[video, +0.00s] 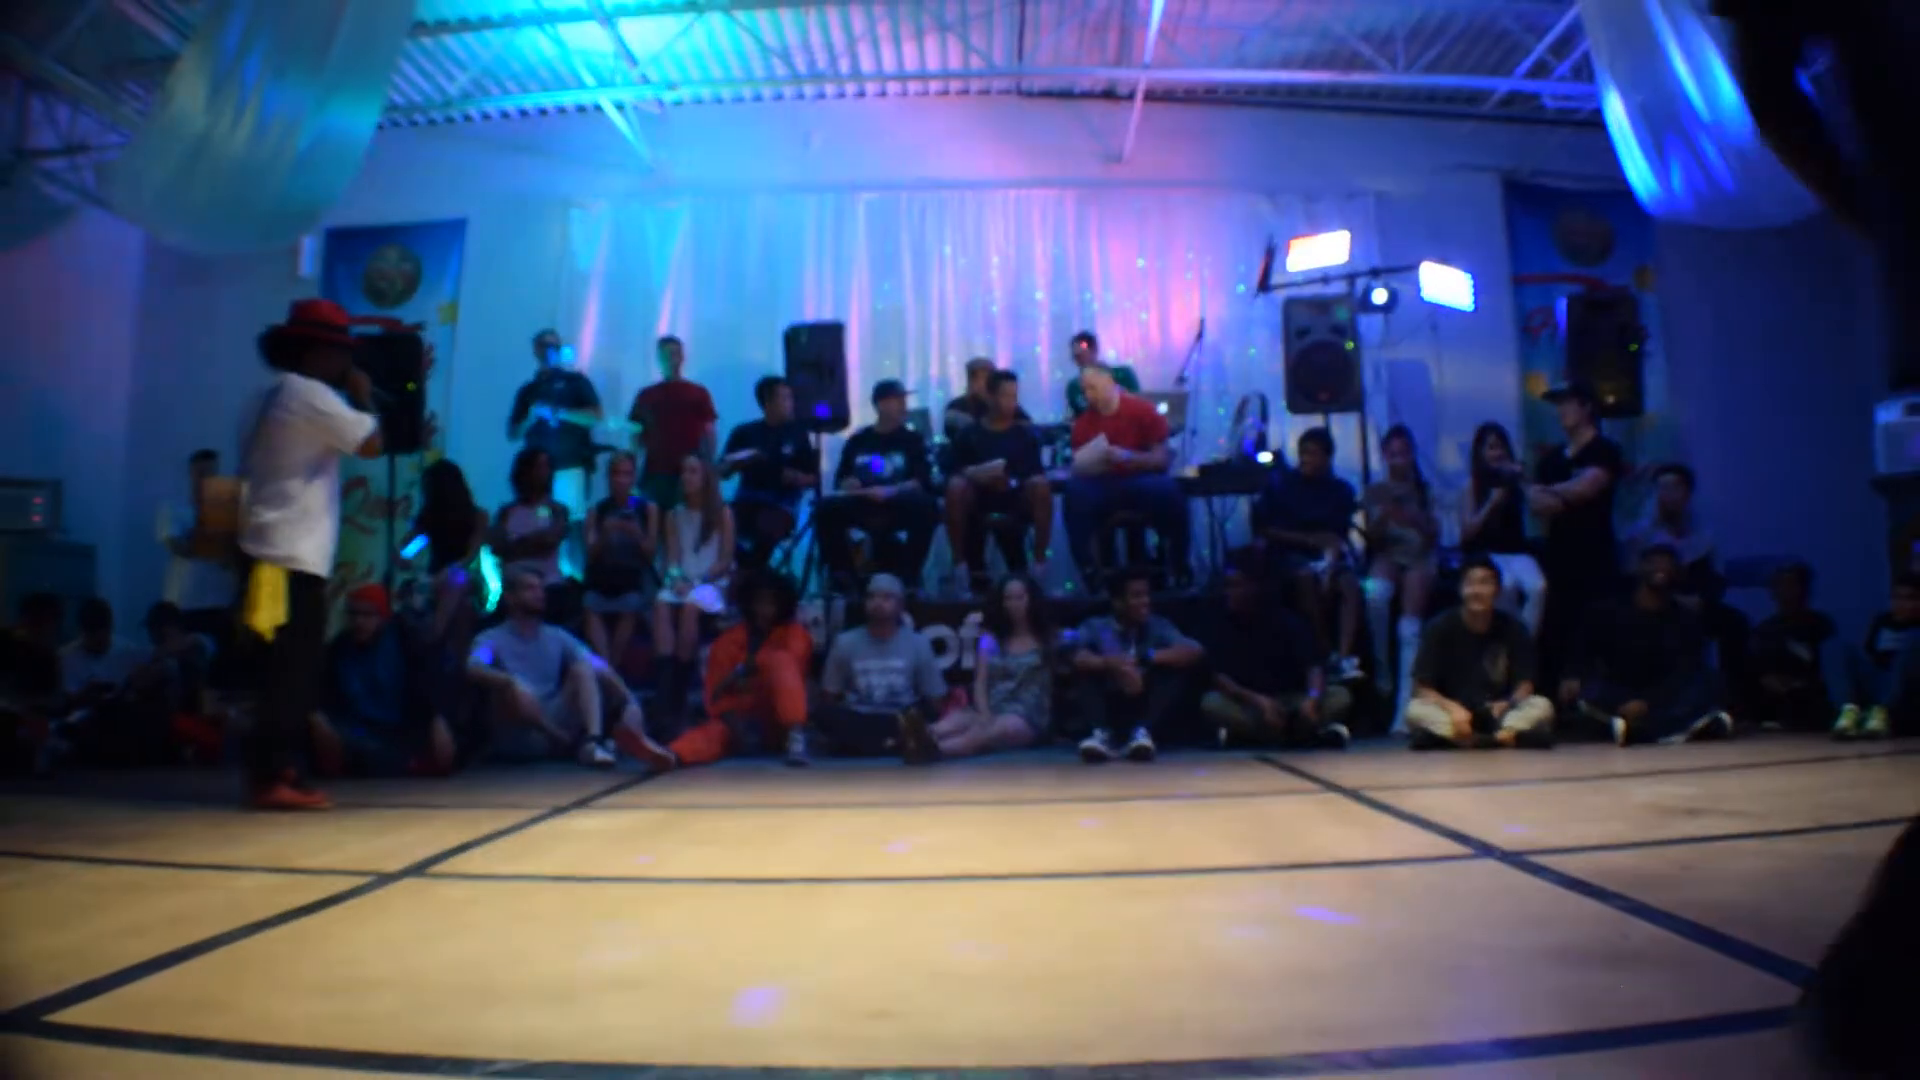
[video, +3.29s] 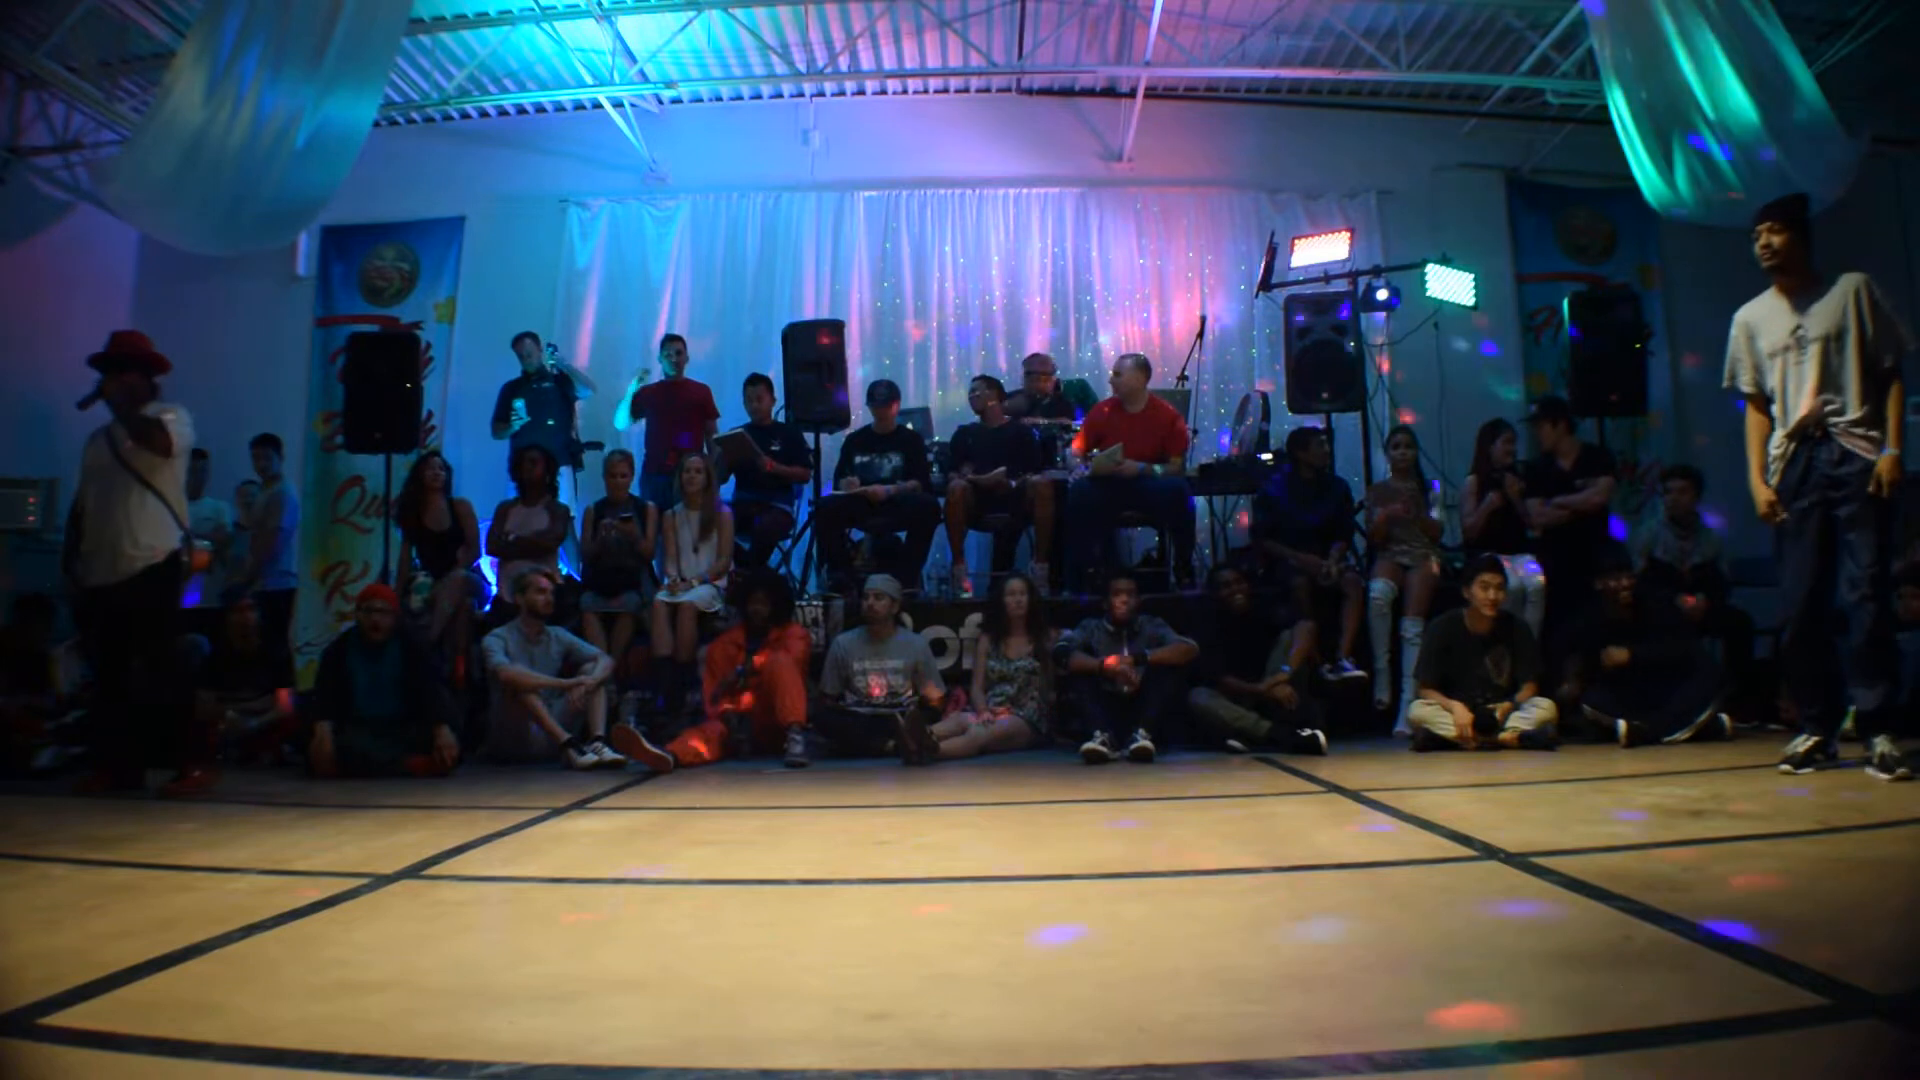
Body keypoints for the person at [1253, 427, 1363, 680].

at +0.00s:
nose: (1308, 459)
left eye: (1315, 454)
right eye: (1304, 453)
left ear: (1328, 457)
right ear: (1299, 455)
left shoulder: (1340, 490)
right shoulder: (1282, 485)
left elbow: (1340, 531)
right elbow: (1264, 526)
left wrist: (1331, 557)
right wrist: (1312, 541)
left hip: (1327, 552)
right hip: (1291, 551)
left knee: (1349, 582)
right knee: (1306, 579)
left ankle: (1345, 655)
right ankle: (1319, 655)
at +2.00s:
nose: (1319, 458)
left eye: (1323, 452)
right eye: (1313, 452)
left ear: (1327, 454)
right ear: (1296, 454)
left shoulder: (1338, 486)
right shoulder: (1278, 485)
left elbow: (1347, 535)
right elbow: (1267, 535)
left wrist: (1330, 562)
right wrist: (1299, 510)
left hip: (1329, 554)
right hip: (1292, 554)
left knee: (1354, 585)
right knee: (1301, 584)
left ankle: (1347, 657)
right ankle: (1314, 658)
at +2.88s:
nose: (1320, 452)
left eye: (1322, 446)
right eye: (1313, 446)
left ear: (1327, 451)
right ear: (1295, 452)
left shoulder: (1338, 486)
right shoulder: (1275, 487)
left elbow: (1345, 532)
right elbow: (1264, 537)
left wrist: (1331, 560)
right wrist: (1300, 533)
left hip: (1329, 557)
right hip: (1290, 557)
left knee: (1353, 584)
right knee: (1300, 583)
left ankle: (1342, 658)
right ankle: (1309, 659)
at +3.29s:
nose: (1326, 450)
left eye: (1325, 445)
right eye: (1318, 446)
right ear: (1300, 453)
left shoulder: (1337, 486)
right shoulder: (1277, 487)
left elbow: (1345, 532)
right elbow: (1264, 540)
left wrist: (1334, 560)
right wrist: (1307, 562)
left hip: (1328, 560)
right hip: (1291, 561)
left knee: (1354, 583)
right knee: (1300, 585)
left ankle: (1343, 657)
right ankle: (1311, 660)